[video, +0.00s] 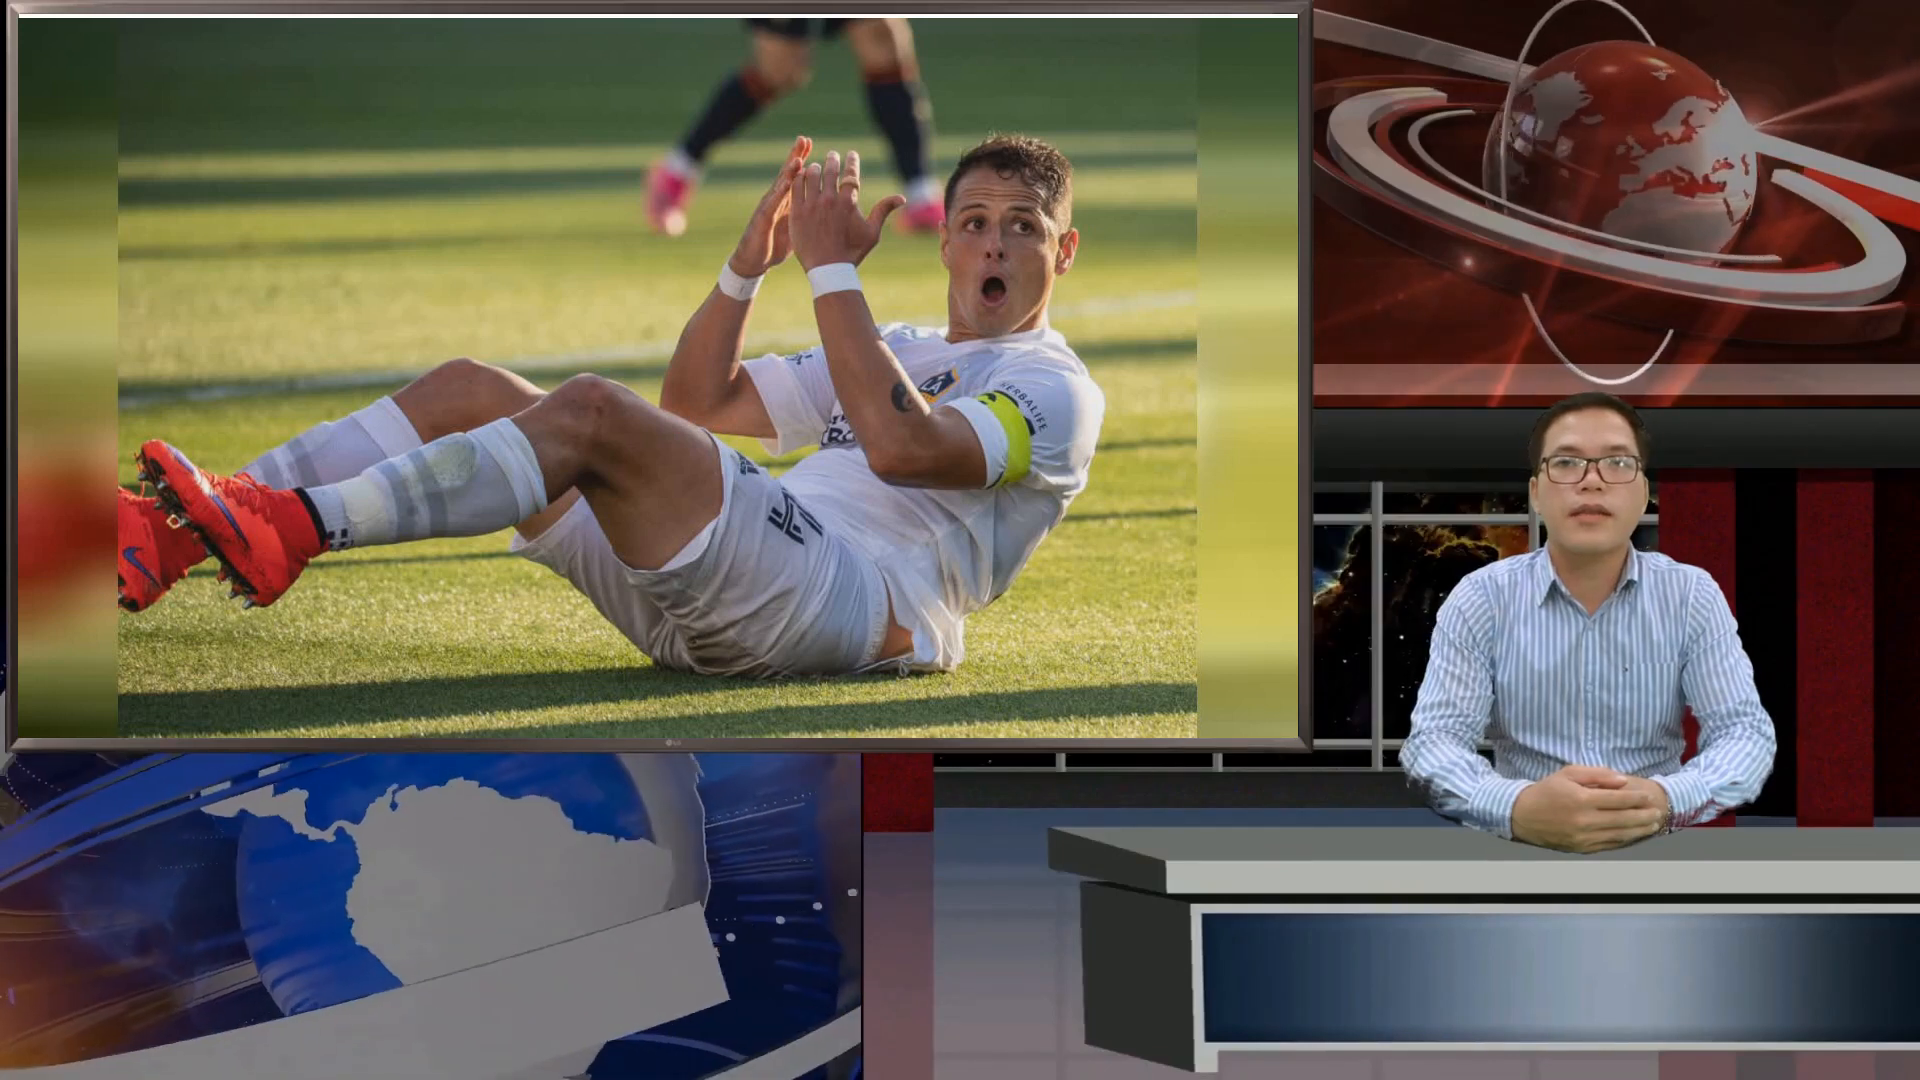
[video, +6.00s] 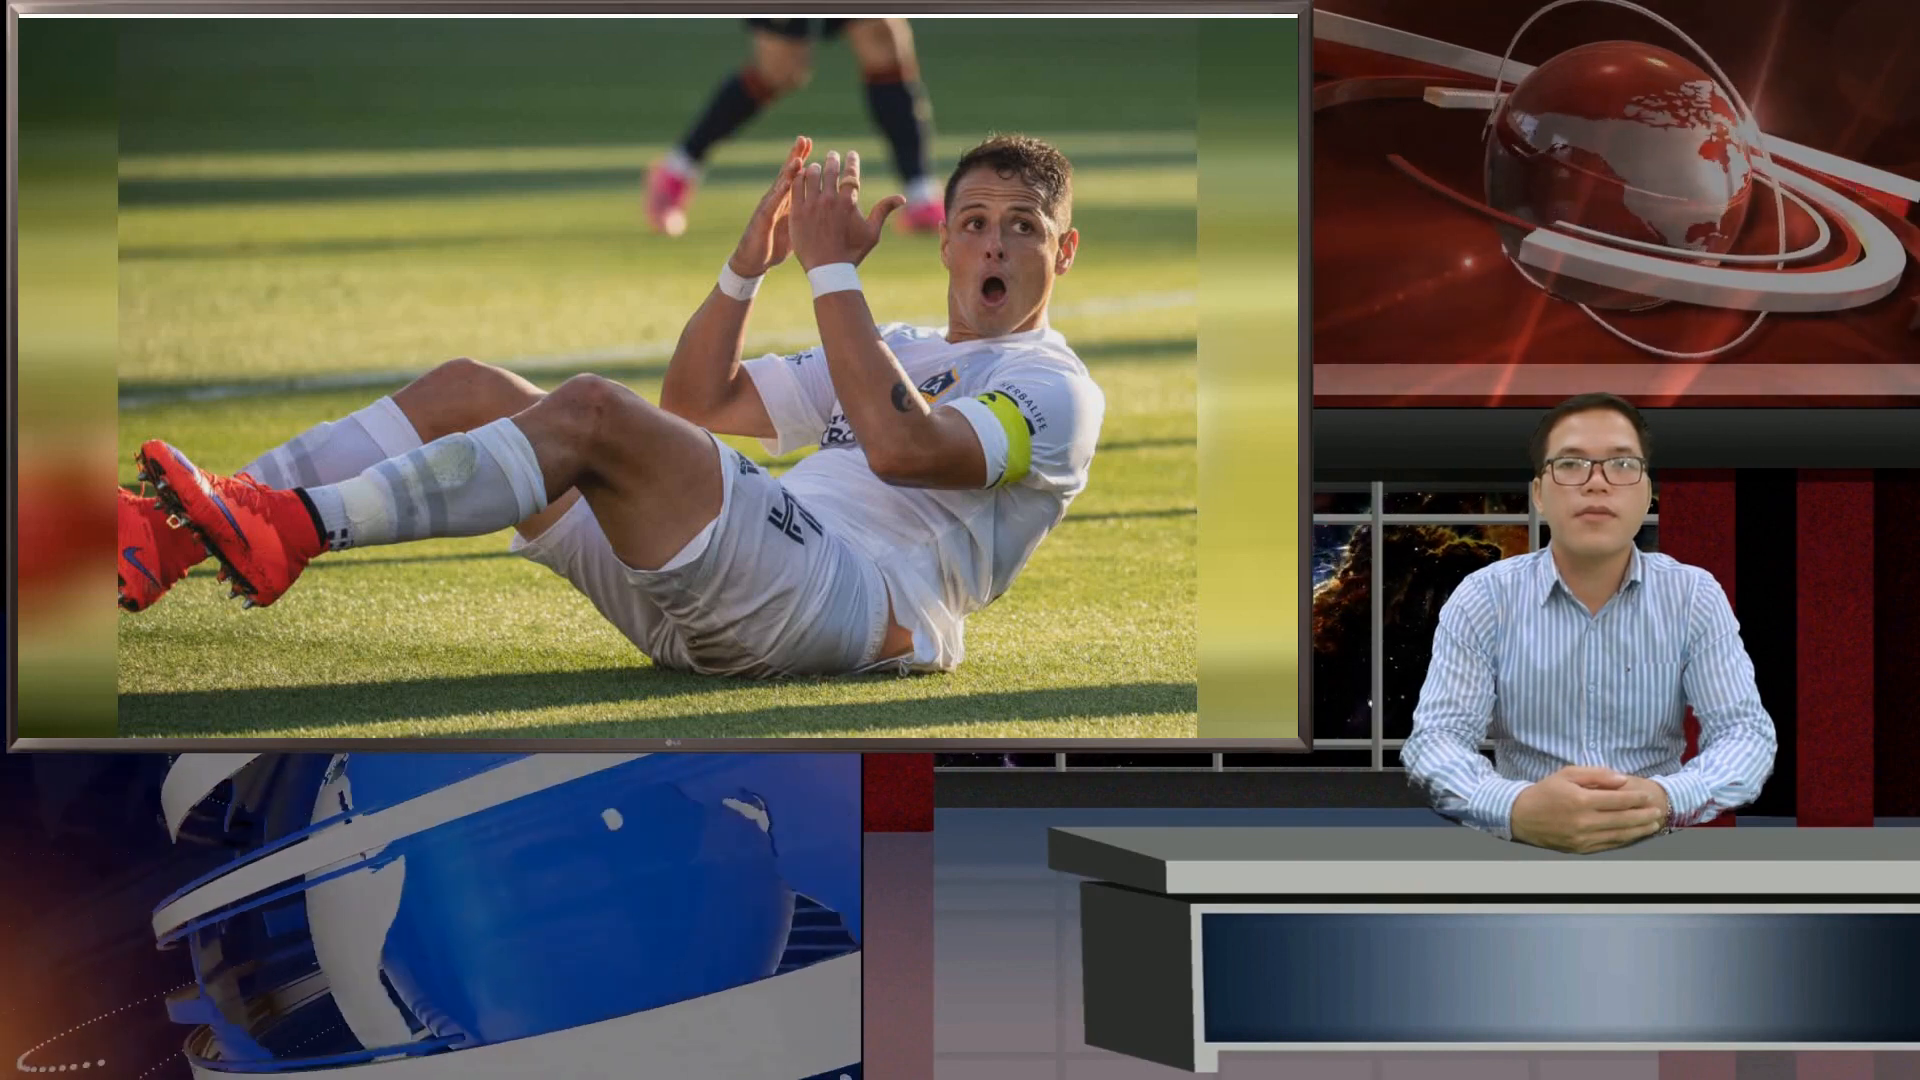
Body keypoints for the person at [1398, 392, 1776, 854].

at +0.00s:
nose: (1592, 481)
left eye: (1616, 463)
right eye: (1567, 463)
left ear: (1644, 494)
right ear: (1536, 494)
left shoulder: (1688, 597)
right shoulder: (1483, 601)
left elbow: (1744, 735)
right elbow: (1432, 746)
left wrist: (1667, 800)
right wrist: (1515, 808)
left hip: (1657, 853)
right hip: (1520, 857)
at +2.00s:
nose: (1594, 482)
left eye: (1618, 464)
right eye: (1568, 464)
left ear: (1646, 495)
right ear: (1538, 495)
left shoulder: (1690, 598)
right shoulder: (1484, 601)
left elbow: (1744, 735)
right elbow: (1432, 745)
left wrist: (1667, 800)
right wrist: (1515, 809)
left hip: (1654, 849)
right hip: (1517, 853)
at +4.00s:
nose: (1595, 482)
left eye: (1619, 464)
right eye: (1569, 464)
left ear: (1646, 495)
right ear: (1538, 496)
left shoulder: (1691, 598)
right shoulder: (1484, 601)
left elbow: (1745, 735)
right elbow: (1433, 745)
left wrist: (1667, 800)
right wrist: (1514, 809)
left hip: (1657, 854)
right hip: (1520, 857)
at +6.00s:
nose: (1596, 483)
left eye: (1620, 464)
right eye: (1571, 464)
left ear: (1647, 495)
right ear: (1539, 496)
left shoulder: (1691, 598)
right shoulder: (1485, 601)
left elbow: (1745, 735)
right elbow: (1433, 745)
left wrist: (1667, 799)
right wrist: (1514, 809)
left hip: (1656, 853)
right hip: (1520, 857)